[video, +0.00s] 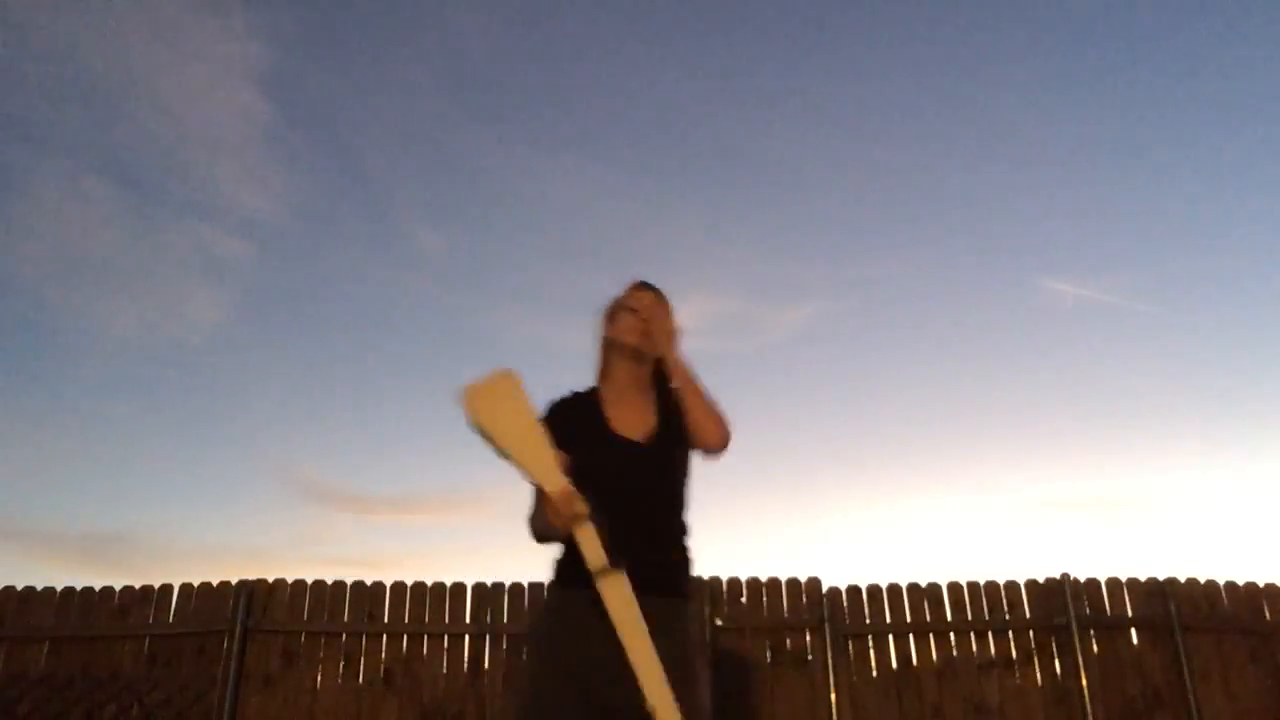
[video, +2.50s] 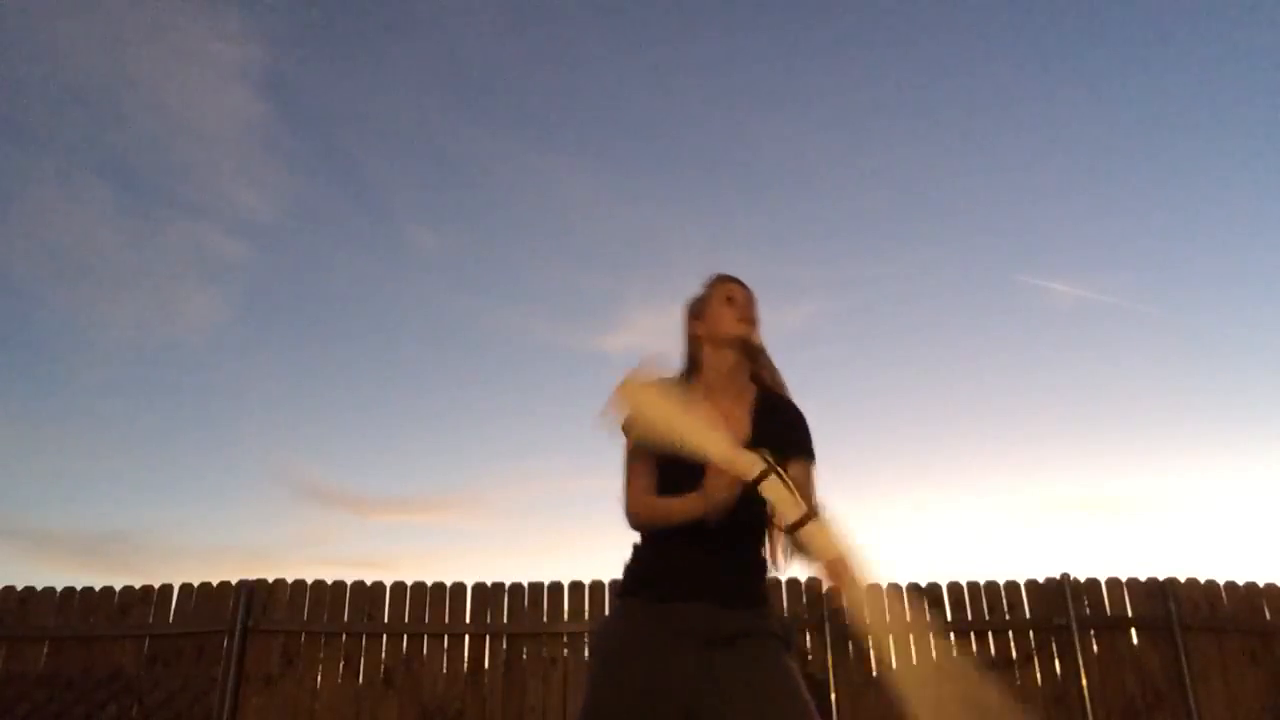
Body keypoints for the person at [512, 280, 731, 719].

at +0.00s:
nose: (634, 318)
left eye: (648, 315)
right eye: (626, 310)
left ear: (665, 337)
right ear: (606, 326)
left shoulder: (676, 406)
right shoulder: (568, 413)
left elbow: (714, 440)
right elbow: (540, 527)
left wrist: (670, 355)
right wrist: (555, 518)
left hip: (663, 598)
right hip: (582, 594)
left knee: (670, 708)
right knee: (573, 706)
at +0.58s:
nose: (645, 320)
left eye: (656, 314)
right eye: (630, 314)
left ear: (671, 335)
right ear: (610, 336)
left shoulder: (703, 410)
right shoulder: (586, 407)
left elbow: (747, 491)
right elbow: (559, 517)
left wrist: (690, 420)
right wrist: (601, 516)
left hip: (679, 594)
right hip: (598, 592)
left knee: (688, 707)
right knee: (588, 706)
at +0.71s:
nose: (629, 317)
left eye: (640, 311)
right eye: (614, 311)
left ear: (655, 331)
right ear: (594, 333)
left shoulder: (688, 411)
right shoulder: (568, 404)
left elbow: (723, 518)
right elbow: (539, 513)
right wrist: (586, 496)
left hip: (661, 591)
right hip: (579, 588)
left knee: (671, 706)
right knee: (567, 705)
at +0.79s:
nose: (619, 315)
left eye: (630, 310)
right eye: (604, 309)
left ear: (645, 332)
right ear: (584, 333)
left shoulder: (675, 410)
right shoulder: (553, 403)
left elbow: (701, 519)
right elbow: (526, 508)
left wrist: (656, 563)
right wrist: (573, 483)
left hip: (643, 590)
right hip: (562, 589)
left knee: (648, 708)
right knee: (547, 707)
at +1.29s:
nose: (654, 318)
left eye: (663, 311)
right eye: (639, 308)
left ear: (670, 328)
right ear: (611, 325)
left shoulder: (694, 413)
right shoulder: (574, 400)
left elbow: (682, 502)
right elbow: (551, 492)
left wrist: (691, 544)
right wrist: (622, 457)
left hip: (655, 601)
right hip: (571, 598)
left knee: (694, 707)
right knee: (556, 707)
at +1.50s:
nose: (715, 319)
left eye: (723, 312)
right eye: (700, 310)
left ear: (731, 328)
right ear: (672, 325)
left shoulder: (753, 421)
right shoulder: (633, 403)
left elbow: (732, 518)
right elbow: (608, 499)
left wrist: (759, 559)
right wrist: (685, 473)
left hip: (707, 608)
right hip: (623, 604)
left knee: (760, 709)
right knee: (599, 708)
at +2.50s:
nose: (741, 310)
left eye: (747, 307)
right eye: (727, 300)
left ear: (754, 331)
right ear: (696, 323)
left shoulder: (780, 415)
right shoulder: (657, 406)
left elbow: (800, 513)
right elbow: (638, 508)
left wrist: (830, 559)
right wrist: (704, 500)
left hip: (742, 613)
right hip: (652, 610)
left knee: (789, 710)